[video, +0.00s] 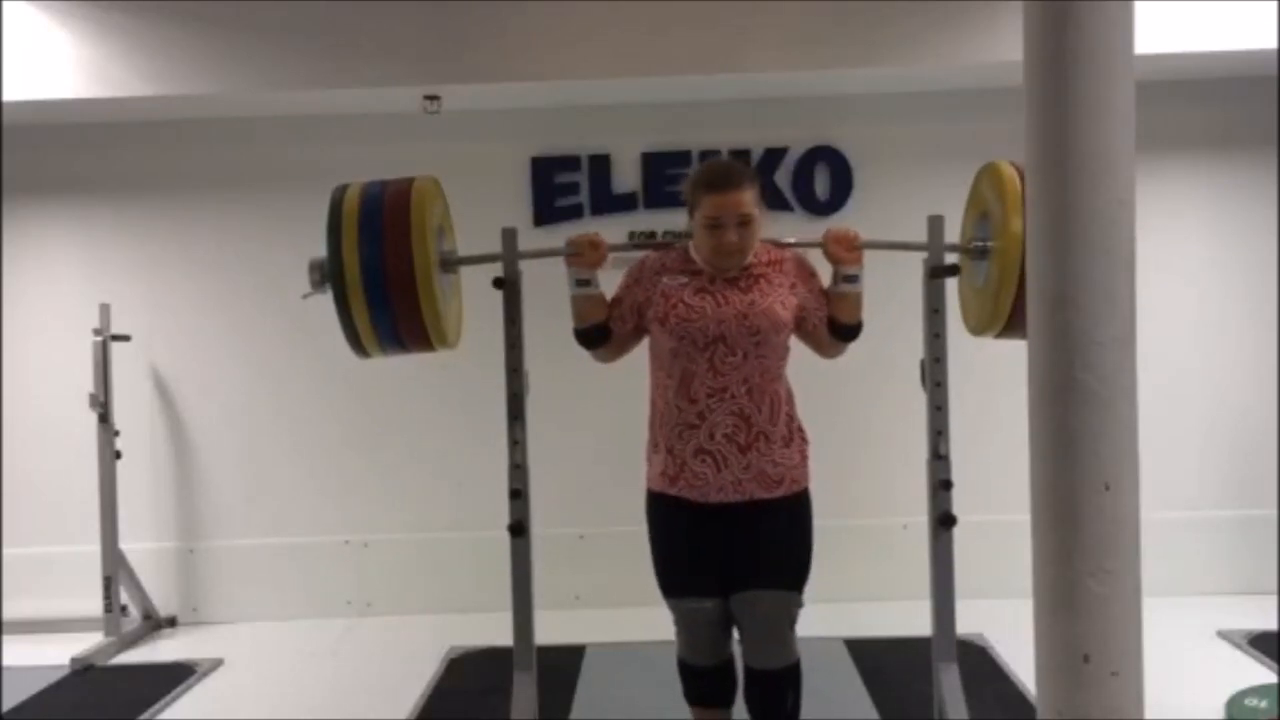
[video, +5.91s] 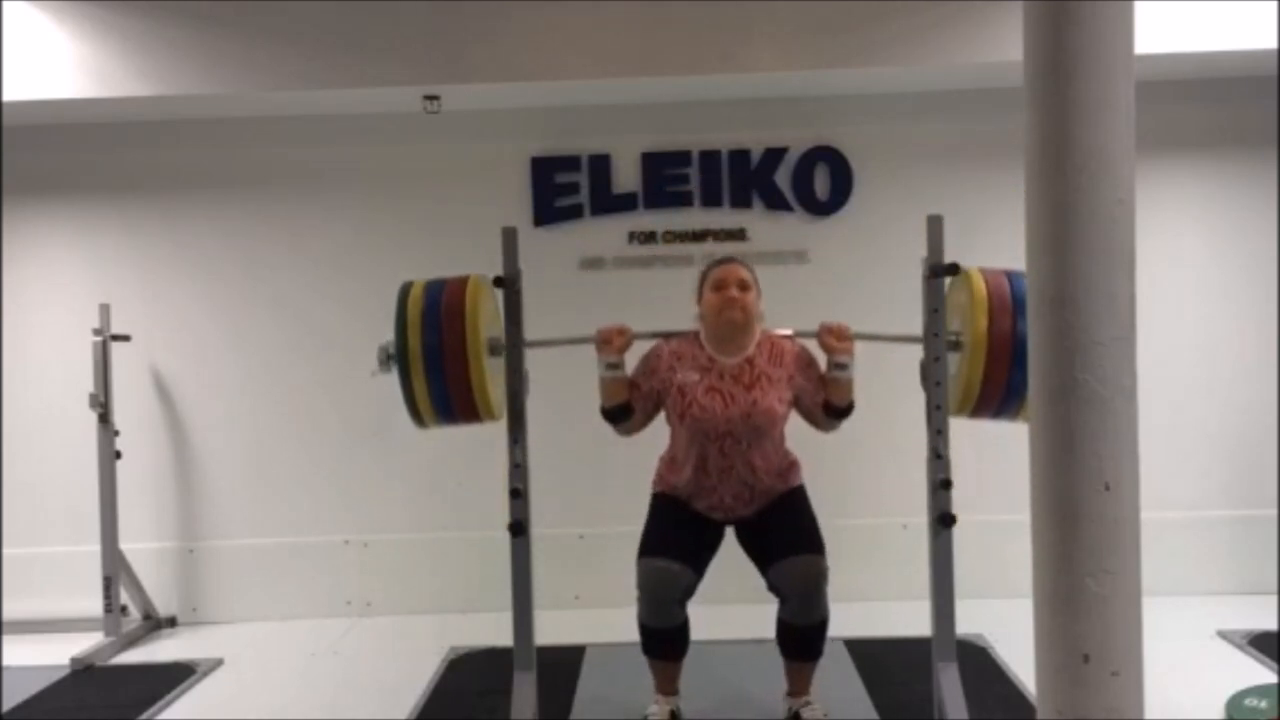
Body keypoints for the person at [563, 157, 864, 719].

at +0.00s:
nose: (729, 239)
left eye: (742, 224)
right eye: (714, 225)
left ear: (760, 219)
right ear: (692, 222)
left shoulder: (786, 269)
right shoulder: (656, 272)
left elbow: (833, 341)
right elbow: (604, 345)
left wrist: (848, 274)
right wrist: (584, 278)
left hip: (771, 490)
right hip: (683, 492)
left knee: (770, 642)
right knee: (700, 647)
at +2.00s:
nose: (702, 243)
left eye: (712, 231)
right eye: (689, 233)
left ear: (726, 230)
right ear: (668, 233)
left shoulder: (750, 275)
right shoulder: (640, 276)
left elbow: (791, 336)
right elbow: (594, 337)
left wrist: (803, 282)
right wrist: (580, 278)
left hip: (744, 454)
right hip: (665, 457)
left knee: (766, 577)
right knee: (670, 581)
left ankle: (796, 695)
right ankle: (665, 701)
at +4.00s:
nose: (723, 226)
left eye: (733, 216)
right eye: (710, 217)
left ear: (748, 224)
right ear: (691, 227)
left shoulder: (774, 277)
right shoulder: (664, 280)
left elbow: (815, 338)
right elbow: (619, 342)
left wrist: (828, 283)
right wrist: (605, 282)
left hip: (764, 459)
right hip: (688, 461)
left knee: (773, 581)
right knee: (685, 583)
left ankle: (800, 696)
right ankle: (666, 698)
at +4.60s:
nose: (726, 294)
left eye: (736, 285)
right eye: (713, 286)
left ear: (752, 297)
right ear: (695, 300)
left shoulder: (780, 352)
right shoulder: (666, 354)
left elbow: (822, 414)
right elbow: (621, 418)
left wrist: (833, 357)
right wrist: (606, 357)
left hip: (764, 489)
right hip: (682, 492)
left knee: (808, 584)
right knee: (656, 590)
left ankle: (801, 700)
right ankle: (665, 703)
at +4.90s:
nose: (730, 367)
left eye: (741, 358)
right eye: (717, 359)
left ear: (757, 370)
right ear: (699, 372)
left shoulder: (786, 421)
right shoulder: (671, 423)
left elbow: (828, 484)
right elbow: (627, 488)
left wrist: (840, 429)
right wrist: (611, 429)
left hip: (770, 545)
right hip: (688, 547)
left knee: (820, 604)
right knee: (650, 611)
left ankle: (801, 703)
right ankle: (667, 705)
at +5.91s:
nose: (732, 294)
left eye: (742, 287)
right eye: (719, 287)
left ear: (759, 303)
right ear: (700, 306)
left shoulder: (784, 355)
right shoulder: (670, 357)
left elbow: (828, 418)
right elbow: (626, 421)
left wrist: (840, 363)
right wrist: (611, 363)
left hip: (769, 489)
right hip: (687, 492)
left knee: (805, 583)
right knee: (658, 587)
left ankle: (800, 701)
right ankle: (665, 702)